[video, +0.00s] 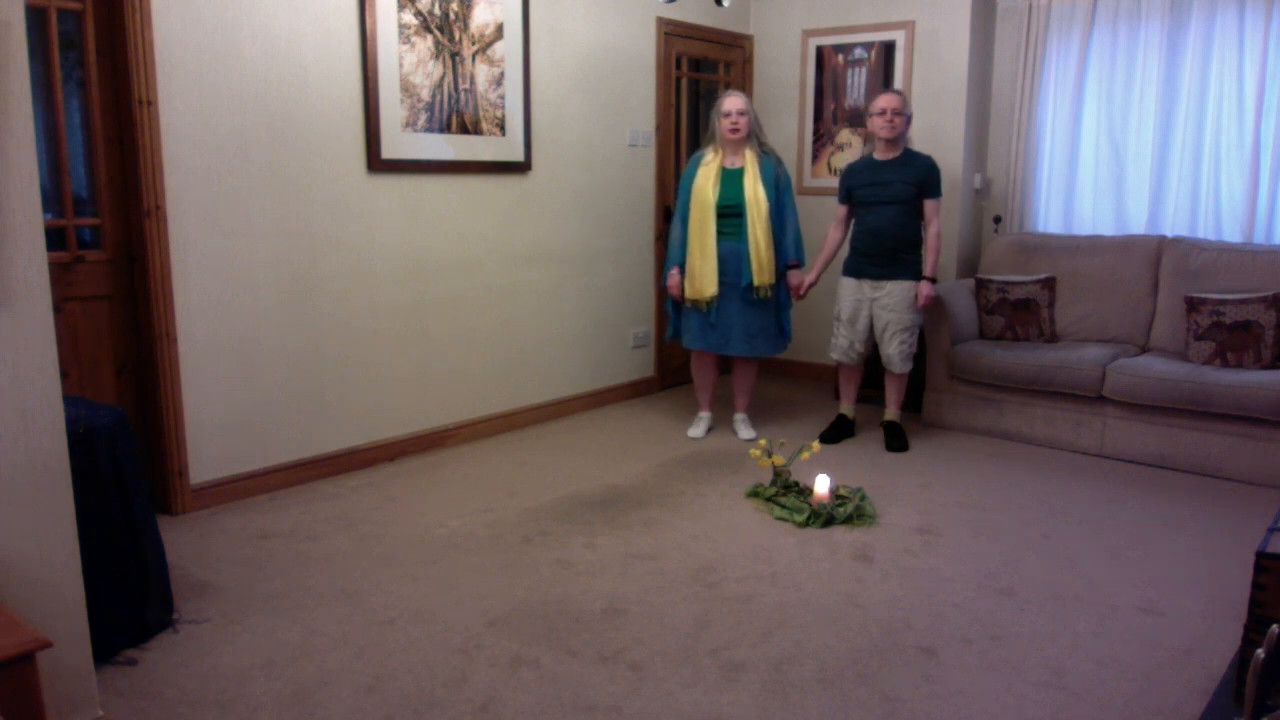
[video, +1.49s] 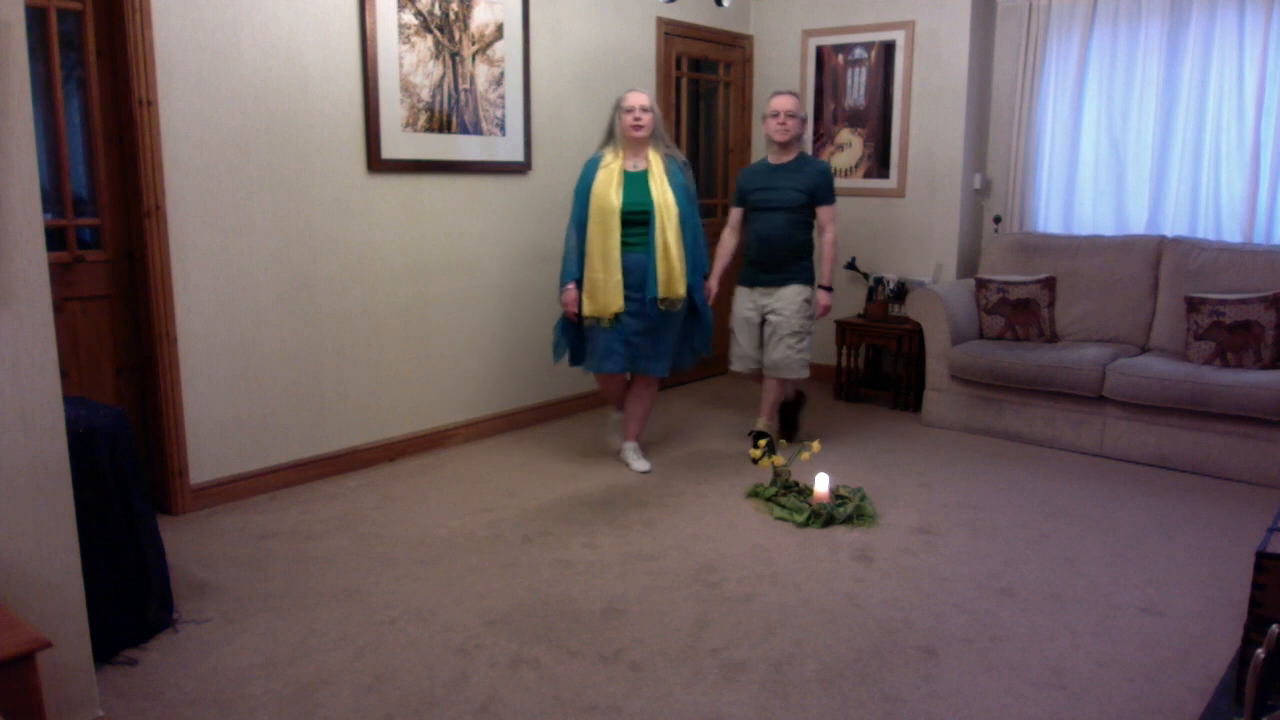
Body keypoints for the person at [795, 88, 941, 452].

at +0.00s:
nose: (889, 119)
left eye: (896, 113)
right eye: (881, 113)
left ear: (907, 121)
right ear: (868, 122)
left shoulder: (923, 167)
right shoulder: (854, 172)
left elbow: (932, 226)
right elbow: (839, 227)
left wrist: (928, 277)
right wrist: (814, 273)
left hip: (902, 279)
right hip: (857, 277)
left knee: (897, 355)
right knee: (848, 349)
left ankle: (892, 419)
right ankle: (845, 416)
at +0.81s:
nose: (834, 125)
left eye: (843, 120)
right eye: (827, 119)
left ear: (855, 127)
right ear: (816, 127)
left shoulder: (869, 171)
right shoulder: (806, 176)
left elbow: (884, 228)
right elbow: (786, 229)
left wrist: (885, 281)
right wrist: (759, 275)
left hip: (848, 280)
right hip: (807, 278)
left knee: (850, 354)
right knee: (806, 351)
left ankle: (871, 415)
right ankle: (817, 417)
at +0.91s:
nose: (824, 124)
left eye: (832, 118)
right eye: (817, 118)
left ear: (845, 125)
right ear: (807, 124)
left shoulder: (860, 170)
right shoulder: (796, 173)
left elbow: (873, 225)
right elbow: (777, 228)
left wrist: (873, 279)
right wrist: (750, 273)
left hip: (840, 277)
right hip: (800, 276)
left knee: (832, 347)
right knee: (803, 350)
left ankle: (842, 414)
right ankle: (815, 416)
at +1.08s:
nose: (808, 122)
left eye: (817, 116)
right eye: (801, 116)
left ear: (831, 123)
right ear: (791, 122)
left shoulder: (845, 168)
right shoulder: (781, 174)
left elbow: (858, 224)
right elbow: (764, 228)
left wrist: (859, 277)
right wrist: (740, 274)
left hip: (828, 273)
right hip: (791, 273)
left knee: (804, 348)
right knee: (799, 349)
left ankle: (786, 425)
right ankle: (817, 417)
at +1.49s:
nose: (782, 122)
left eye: (790, 116)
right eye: (775, 116)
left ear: (802, 124)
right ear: (764, 123)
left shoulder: (817, 172)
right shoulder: (749, 175)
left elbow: (827, 231)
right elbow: (731, 230)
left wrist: (825, 286)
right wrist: (715, 275)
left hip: (792, 285)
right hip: (750, 284)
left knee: (778, 361)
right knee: (751, 360)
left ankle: (763, 428)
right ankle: (789, 398)